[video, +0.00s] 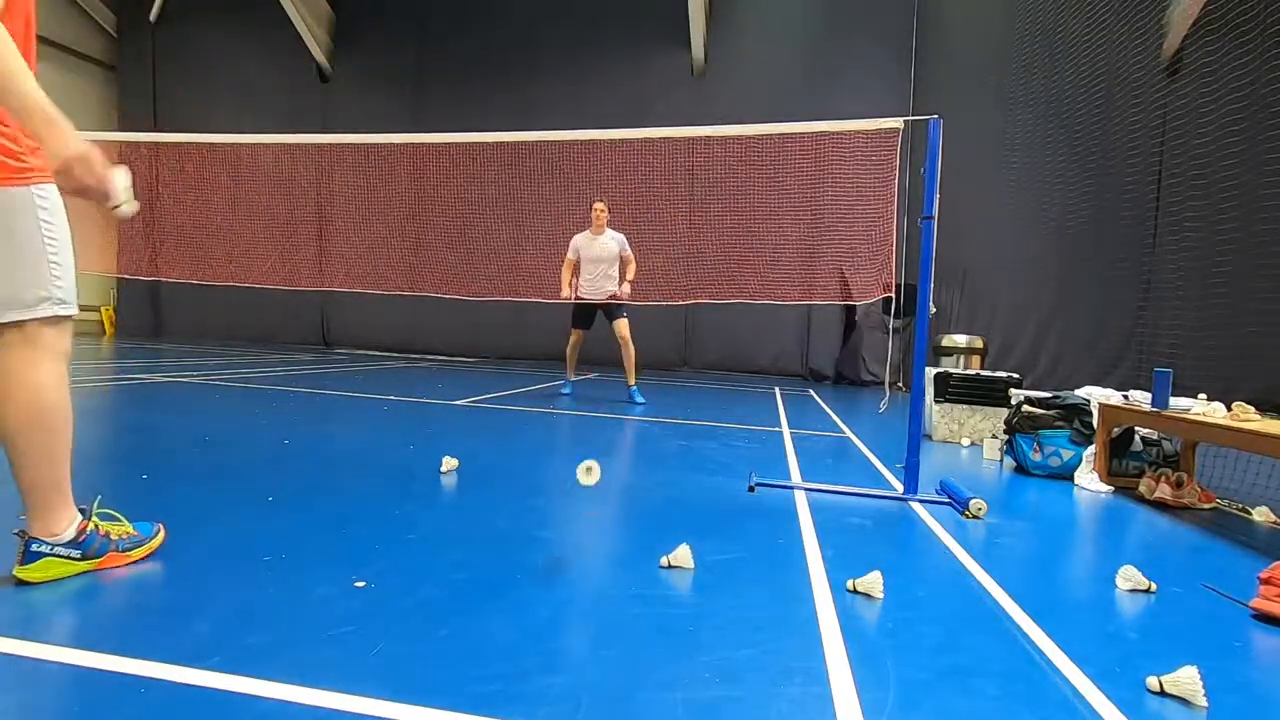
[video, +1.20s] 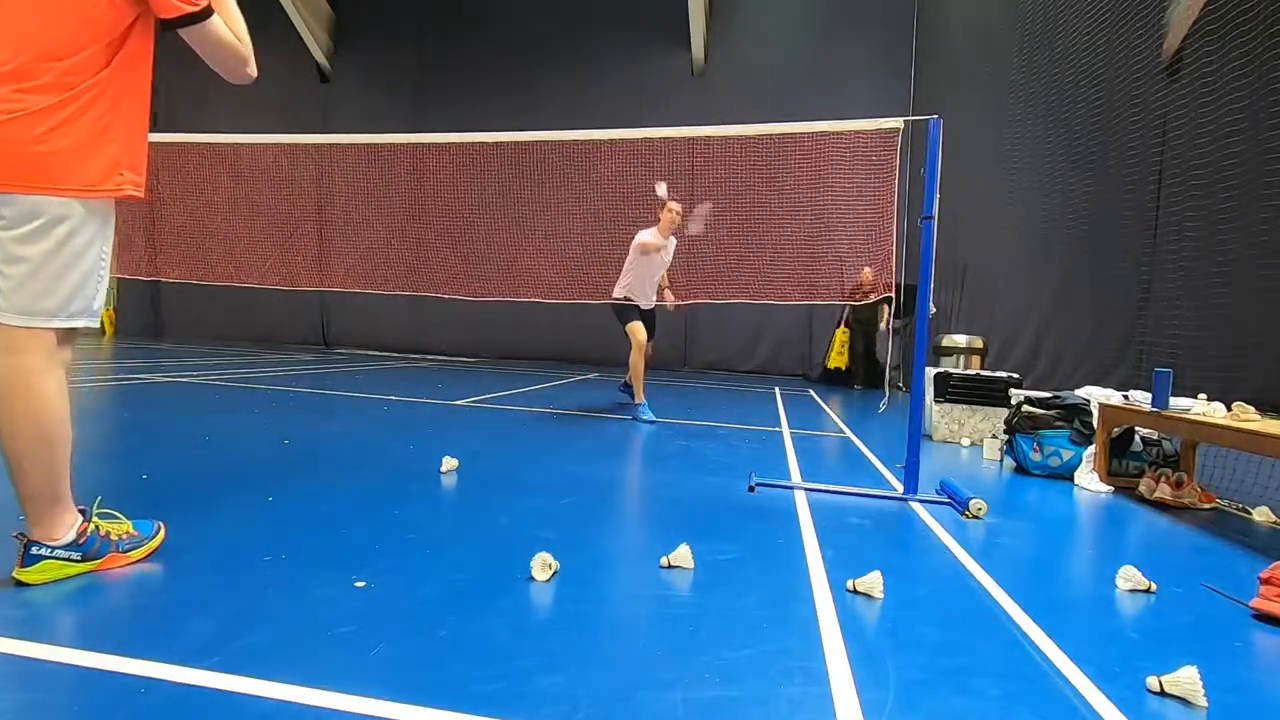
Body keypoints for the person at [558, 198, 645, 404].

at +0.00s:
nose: (599, 214)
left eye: (602, 211)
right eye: (596, 211)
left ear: (608, 215)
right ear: (590, 214)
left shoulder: (618, 239)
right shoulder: (578, 240)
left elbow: (630, 262)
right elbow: (568, 265)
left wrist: (627, 282)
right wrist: (565, 287)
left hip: (611, 297)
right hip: (585, 298)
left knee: (625, 337)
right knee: (575, 339)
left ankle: (632, 386)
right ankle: (569, 380)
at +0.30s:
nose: (625, 215)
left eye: (628, 212)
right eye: (621, 212)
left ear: (634, 217)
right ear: (616, 215)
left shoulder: (639, 243)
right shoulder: (600, 241)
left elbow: (640, 268)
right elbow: (586, 269)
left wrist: (643, 291)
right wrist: (585, 298)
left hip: (629, 302)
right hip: (603, 302)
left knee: (641, 343)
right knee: (595, 348)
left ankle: (631, 388)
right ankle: (579, 369)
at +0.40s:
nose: (636, 217)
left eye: (639, 214)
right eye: (633, 213)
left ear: (644, 219)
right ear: (626, 216)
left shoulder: (647, 247)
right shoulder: (609, 242)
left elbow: (649, 275)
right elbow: (597, 272)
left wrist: (654, 296)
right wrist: (596, 302)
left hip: (635, 302)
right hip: (610, 300)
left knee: (646, 348)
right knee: (613, 345)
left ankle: (631, 388)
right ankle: (601, 362)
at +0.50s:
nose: (642, 217)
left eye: (646, 214)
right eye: (639, 213)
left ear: (651, 220)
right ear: (633, 217)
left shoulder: (653, 248)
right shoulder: (617, 241)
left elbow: (657, 276)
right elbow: (603, 269)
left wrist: (667, 295)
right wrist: (607, 295)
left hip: (639, 302)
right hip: (617, 300)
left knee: (648, 350)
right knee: (624, 338)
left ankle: (632, 389)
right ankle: (612, 387)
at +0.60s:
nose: (648, 212)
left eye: (652, 209)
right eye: (645, 208)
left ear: (656, 215)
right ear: (638, 212)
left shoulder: (657, 244)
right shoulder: (624, 233)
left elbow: (660, 273)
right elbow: (609, 255)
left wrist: (677, 286)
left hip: (642, 299)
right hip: (620, 295)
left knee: (647, 351)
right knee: (627, 335)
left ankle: (631, 390)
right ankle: (625, 393)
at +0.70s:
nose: (656, 209)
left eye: (659, 206)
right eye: (653, 205)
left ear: (660, 211)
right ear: (643, 207)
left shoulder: (659, 241)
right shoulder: (628, 228)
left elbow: (661, 269)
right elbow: (616, 241)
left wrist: (683, 283)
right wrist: (628, 235)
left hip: (646, 299)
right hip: (624, 295)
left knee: (647, 349)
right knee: (630, 339)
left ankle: (631, 385)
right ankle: (632, 392)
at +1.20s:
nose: (674, 217)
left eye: (678, 214)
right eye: (671, 211)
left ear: (680, 220)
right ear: (660, 213)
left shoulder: (672, 243)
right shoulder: (644, 235)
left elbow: (661, 268)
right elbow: (643, 248)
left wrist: (666, 289)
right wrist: (662, 244)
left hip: (648, 303)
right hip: (625, 299)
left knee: (645, 349)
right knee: (640, 339)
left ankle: (628, 382)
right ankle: (640, 402)